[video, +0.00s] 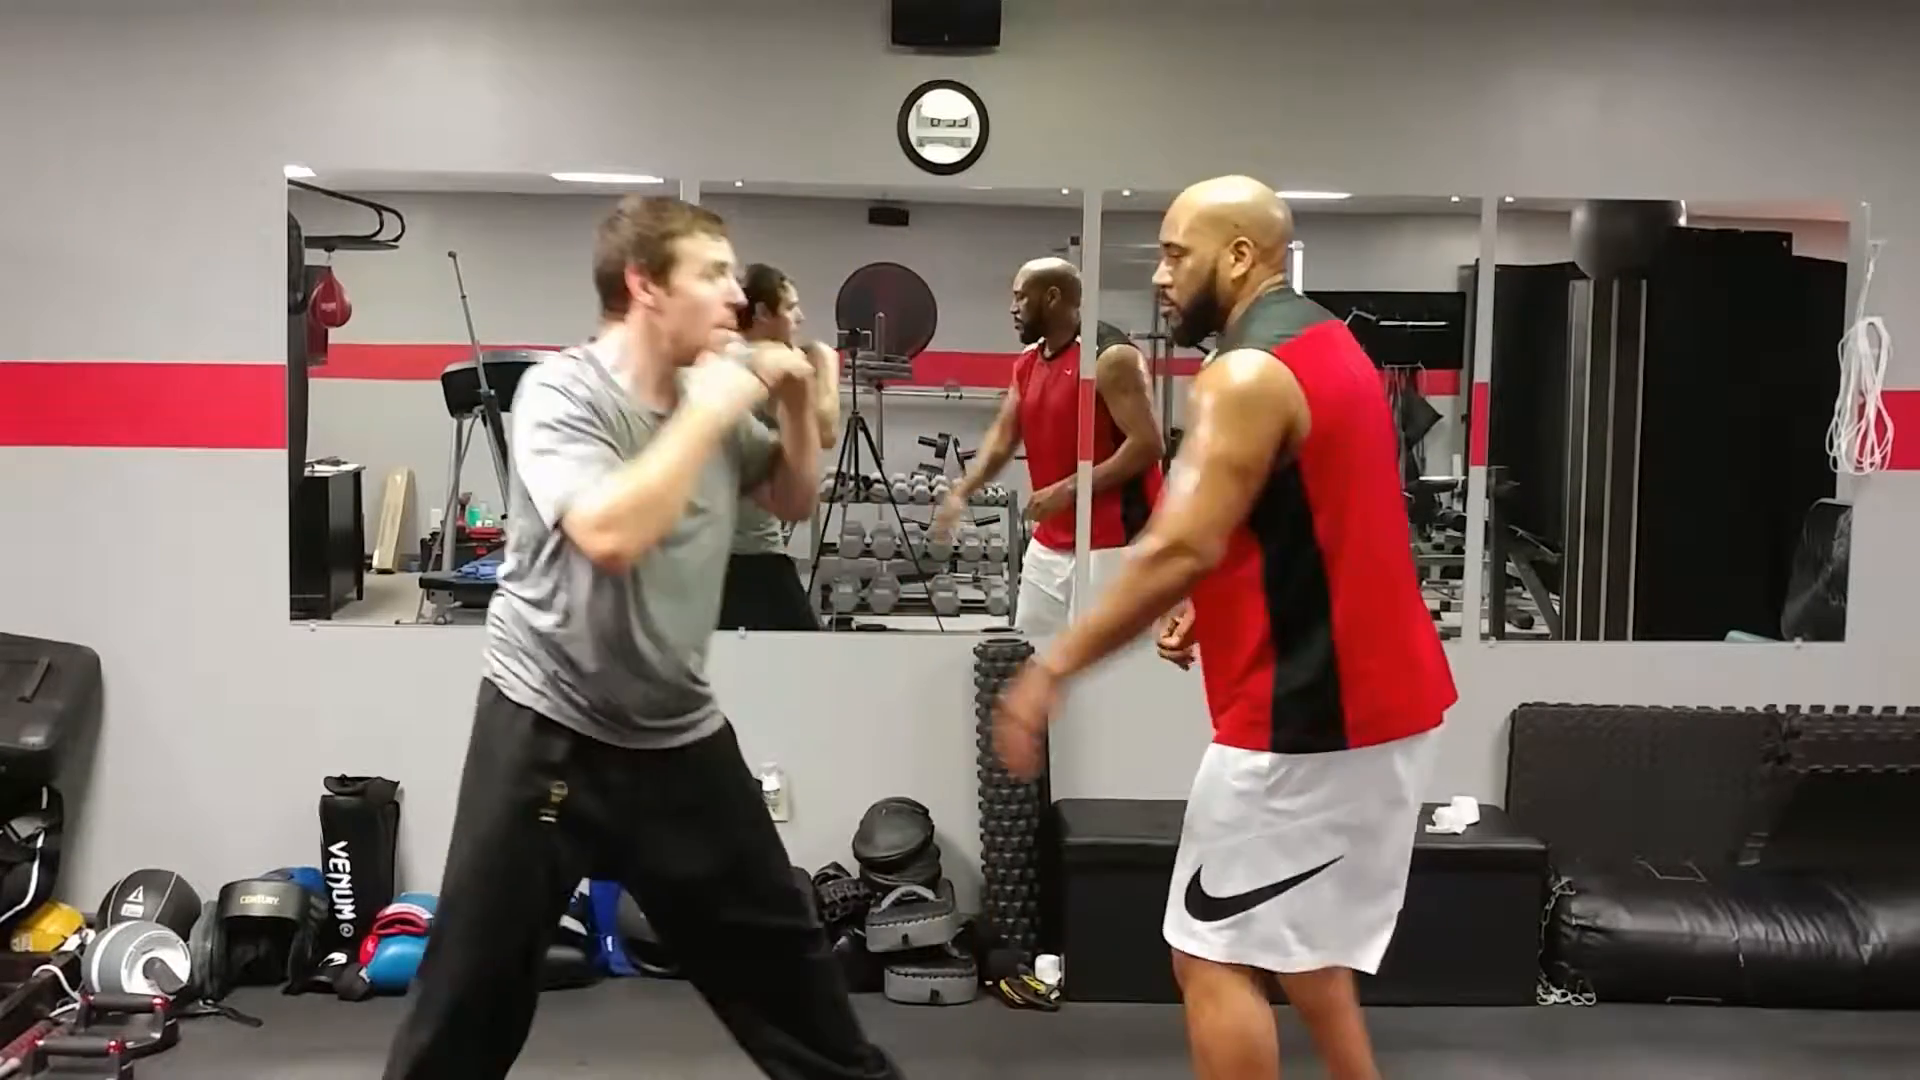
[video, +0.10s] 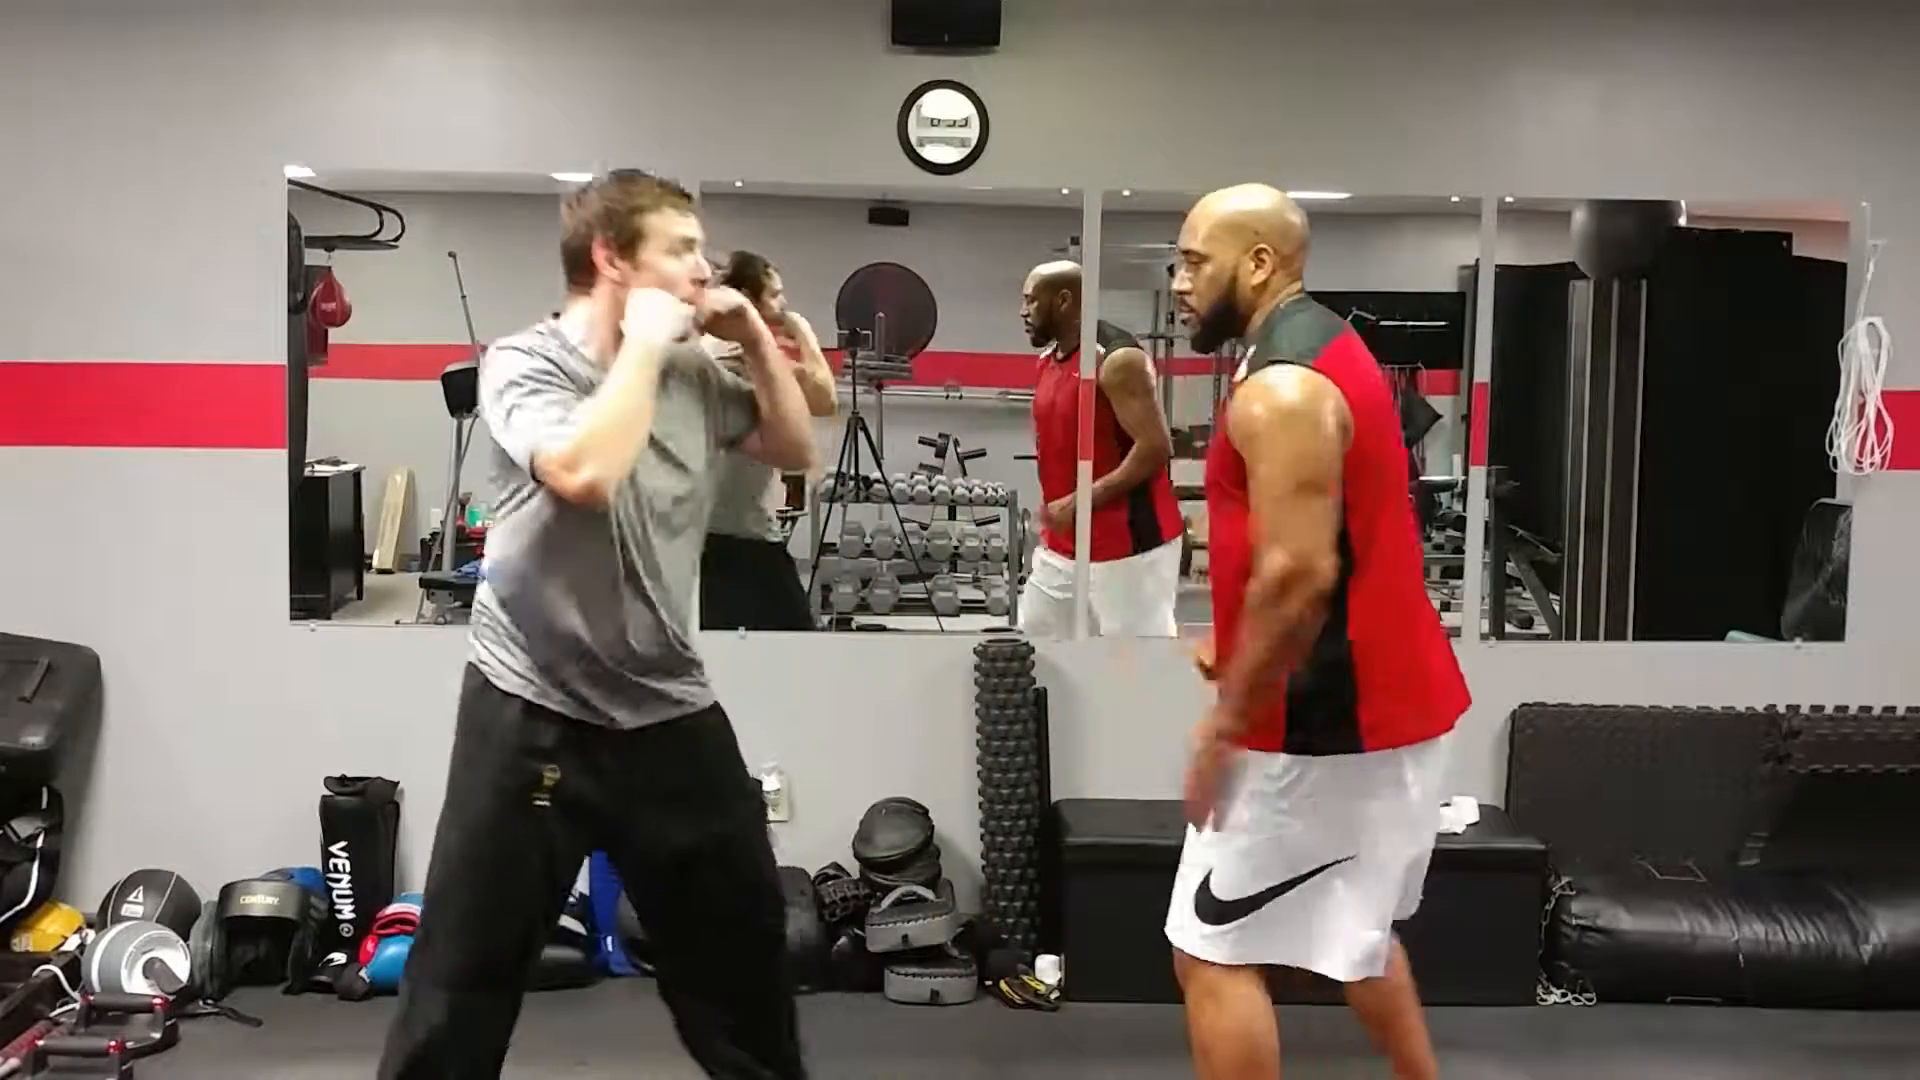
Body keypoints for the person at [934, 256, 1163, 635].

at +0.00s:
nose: (1013, 309)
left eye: (1021, 298)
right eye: (1014, 299)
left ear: (1054, 298)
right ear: (1051, 299)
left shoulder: (1112, 359)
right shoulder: (1027, 365)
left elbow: (1148, 445)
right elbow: (1002, 438)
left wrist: (1070, 489)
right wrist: (961, 490)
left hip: (1107, 551)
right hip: (1048, 545)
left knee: (1101, 675)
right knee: (1032, 664)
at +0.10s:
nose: (1023, 312)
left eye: (1031, 300)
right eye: (1024, 301)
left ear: (1064, 301)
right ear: (1060, 304)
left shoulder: (1120, 361)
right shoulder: (1052, 362)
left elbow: (1155, 448)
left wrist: (1081, 500)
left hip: (1129, 550)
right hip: (1064, 545)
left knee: (1139, 669)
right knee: (1033, 654)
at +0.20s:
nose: (1035, 313)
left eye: (1043, 301)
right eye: (1036, 302)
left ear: (1077, 302)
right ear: (1072, 304)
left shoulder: (1130, 364)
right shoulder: (1066, 363)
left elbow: (1166, 452)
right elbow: (1080, 450)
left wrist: (1113, 518)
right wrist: (1067, 517)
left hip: (1145, 551)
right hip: (1079, 547)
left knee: (1148, 670)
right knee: (1030, 642)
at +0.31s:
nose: (1049, 309)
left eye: (1058, 298)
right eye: (1050, 298)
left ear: (1102, 302)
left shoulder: (1143, 362)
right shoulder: (1069, 365)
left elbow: (1176, 451)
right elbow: (1071, 448)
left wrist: (1134, 524)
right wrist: (1068, 507)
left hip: (1160, 552)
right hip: (1093, 548)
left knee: (1159, 677)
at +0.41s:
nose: (1059, 307)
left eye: (1070, 296)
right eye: (1060, 295)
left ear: (1112, 301)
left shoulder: (1149, 360)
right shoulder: (1070, 364)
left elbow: (1174, 452)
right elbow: (1065, 435)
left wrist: (1127, 524)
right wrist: (1062, 480)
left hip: (1163, 551)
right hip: (1095, 546)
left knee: (1170, 674)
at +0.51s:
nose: (1077, 299)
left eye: (1093, 290)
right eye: (1080, 289)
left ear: (1131, 302)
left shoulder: (1140, 363)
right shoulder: (1081, 343)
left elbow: (1120, 459)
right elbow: (1019, 364)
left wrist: (1062, 489)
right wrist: (992, 394)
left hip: (1166, 546)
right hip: (1101, 540)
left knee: (1174, 671)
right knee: (1082, 659)